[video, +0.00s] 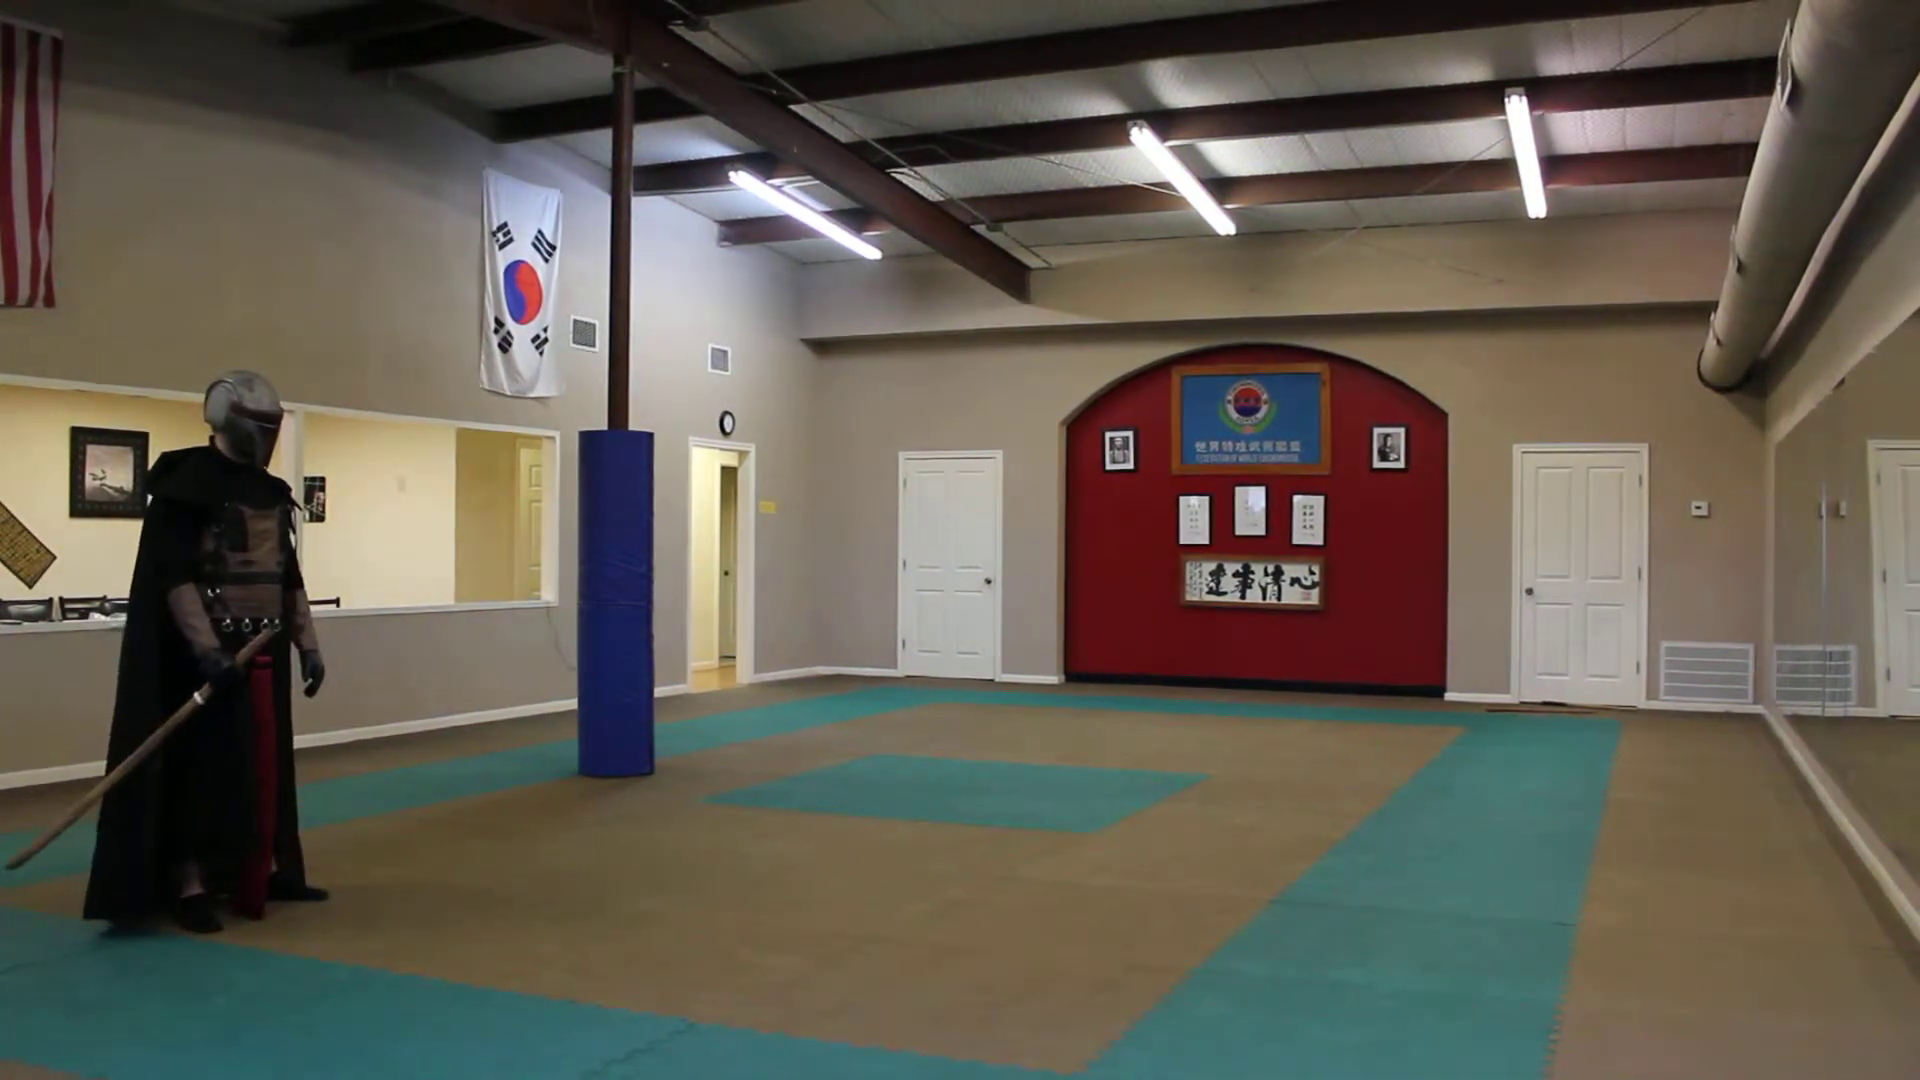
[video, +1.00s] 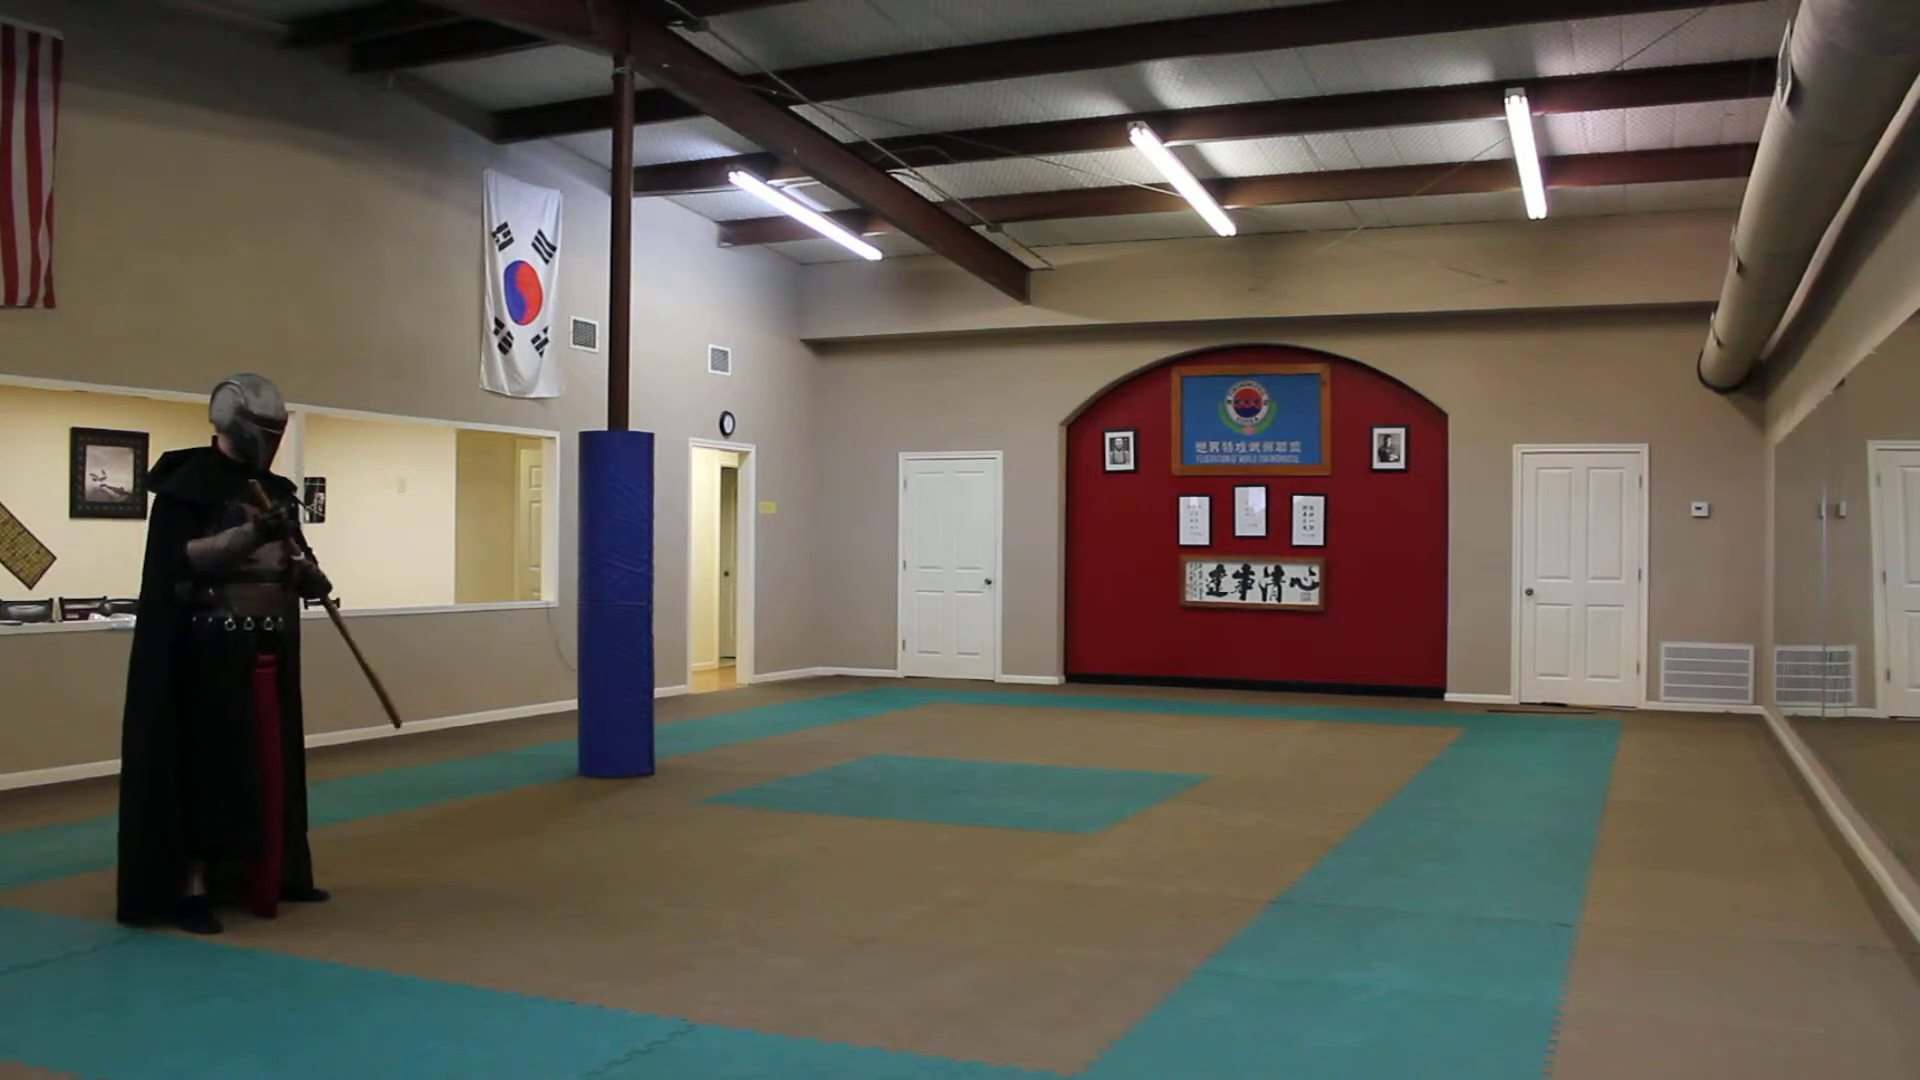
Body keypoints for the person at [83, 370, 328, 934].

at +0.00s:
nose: (273, 435)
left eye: (275, 424)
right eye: (263, 424)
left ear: (273, 424)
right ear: (230, 420)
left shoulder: (274, 495)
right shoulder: (186, 482)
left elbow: (288, 579)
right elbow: (173, 577)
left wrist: (309, 645)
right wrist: (210, 651)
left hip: (262, 658)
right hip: (199, 655)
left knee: (264, 766)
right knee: (198, 769)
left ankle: (265, 873)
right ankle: (191, 884)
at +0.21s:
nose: (272, 436)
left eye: (275, 425)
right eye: (262, 425)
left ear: (271, 427)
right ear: (228, 421)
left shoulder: (273, 495)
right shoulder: (187, 482)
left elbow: (290, 578)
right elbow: (175, 576)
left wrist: (308, 645)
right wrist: (209, 648)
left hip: (263, 656)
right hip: (204, 655)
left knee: (267, 765)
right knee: (200, 769)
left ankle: (269, 871)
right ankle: (188, 886)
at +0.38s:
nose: (273, 438)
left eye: (277, 427)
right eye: (263, 426)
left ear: (275, 429)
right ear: (228, 421)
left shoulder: (273, 494)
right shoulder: (187, 479)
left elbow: (291, 578)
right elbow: (169, 573)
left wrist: (311, 644)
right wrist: (207, 641)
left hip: (264, 655)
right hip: (202, 652)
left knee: (268, 764)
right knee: (198, 767)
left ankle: (270, 872)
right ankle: (187, 887)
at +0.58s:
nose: (275, 438)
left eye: (278, 428)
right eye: (266, 427)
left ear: (274, 427)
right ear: (230, 423)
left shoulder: (274, 492)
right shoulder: (184, 475)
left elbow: (292, 573)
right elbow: (157, 556)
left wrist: (315, 635)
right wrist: (201, 588)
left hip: (262, 651)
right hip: (196, 650)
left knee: (269, 764)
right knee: (195, 765)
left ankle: (270, 876)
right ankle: (182, 892)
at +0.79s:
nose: (276, 439)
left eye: (279, 429)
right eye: (269, 428)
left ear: (265, 428)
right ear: (234, 424)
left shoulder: (274, 494)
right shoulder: (185, 478)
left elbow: (297, 558)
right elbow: (164, 560)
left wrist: (307, 590)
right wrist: (238, 554)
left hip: (262, 644)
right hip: (194, 647)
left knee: (270, 763)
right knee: (193, 766)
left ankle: (275, 877)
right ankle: (183, 894)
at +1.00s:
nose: (277, 439)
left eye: (279, 429)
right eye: (269, 429)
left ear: (261, 428)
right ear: (235, 424)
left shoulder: (274, 491)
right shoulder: (191, 478)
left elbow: (286, 557)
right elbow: (176, 555)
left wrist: (306, 574)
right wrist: (253, 531)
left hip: (268, 645)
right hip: (204, 645)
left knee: (273, 761)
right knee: (199, 763)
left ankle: (277, 874)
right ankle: (189, 888)